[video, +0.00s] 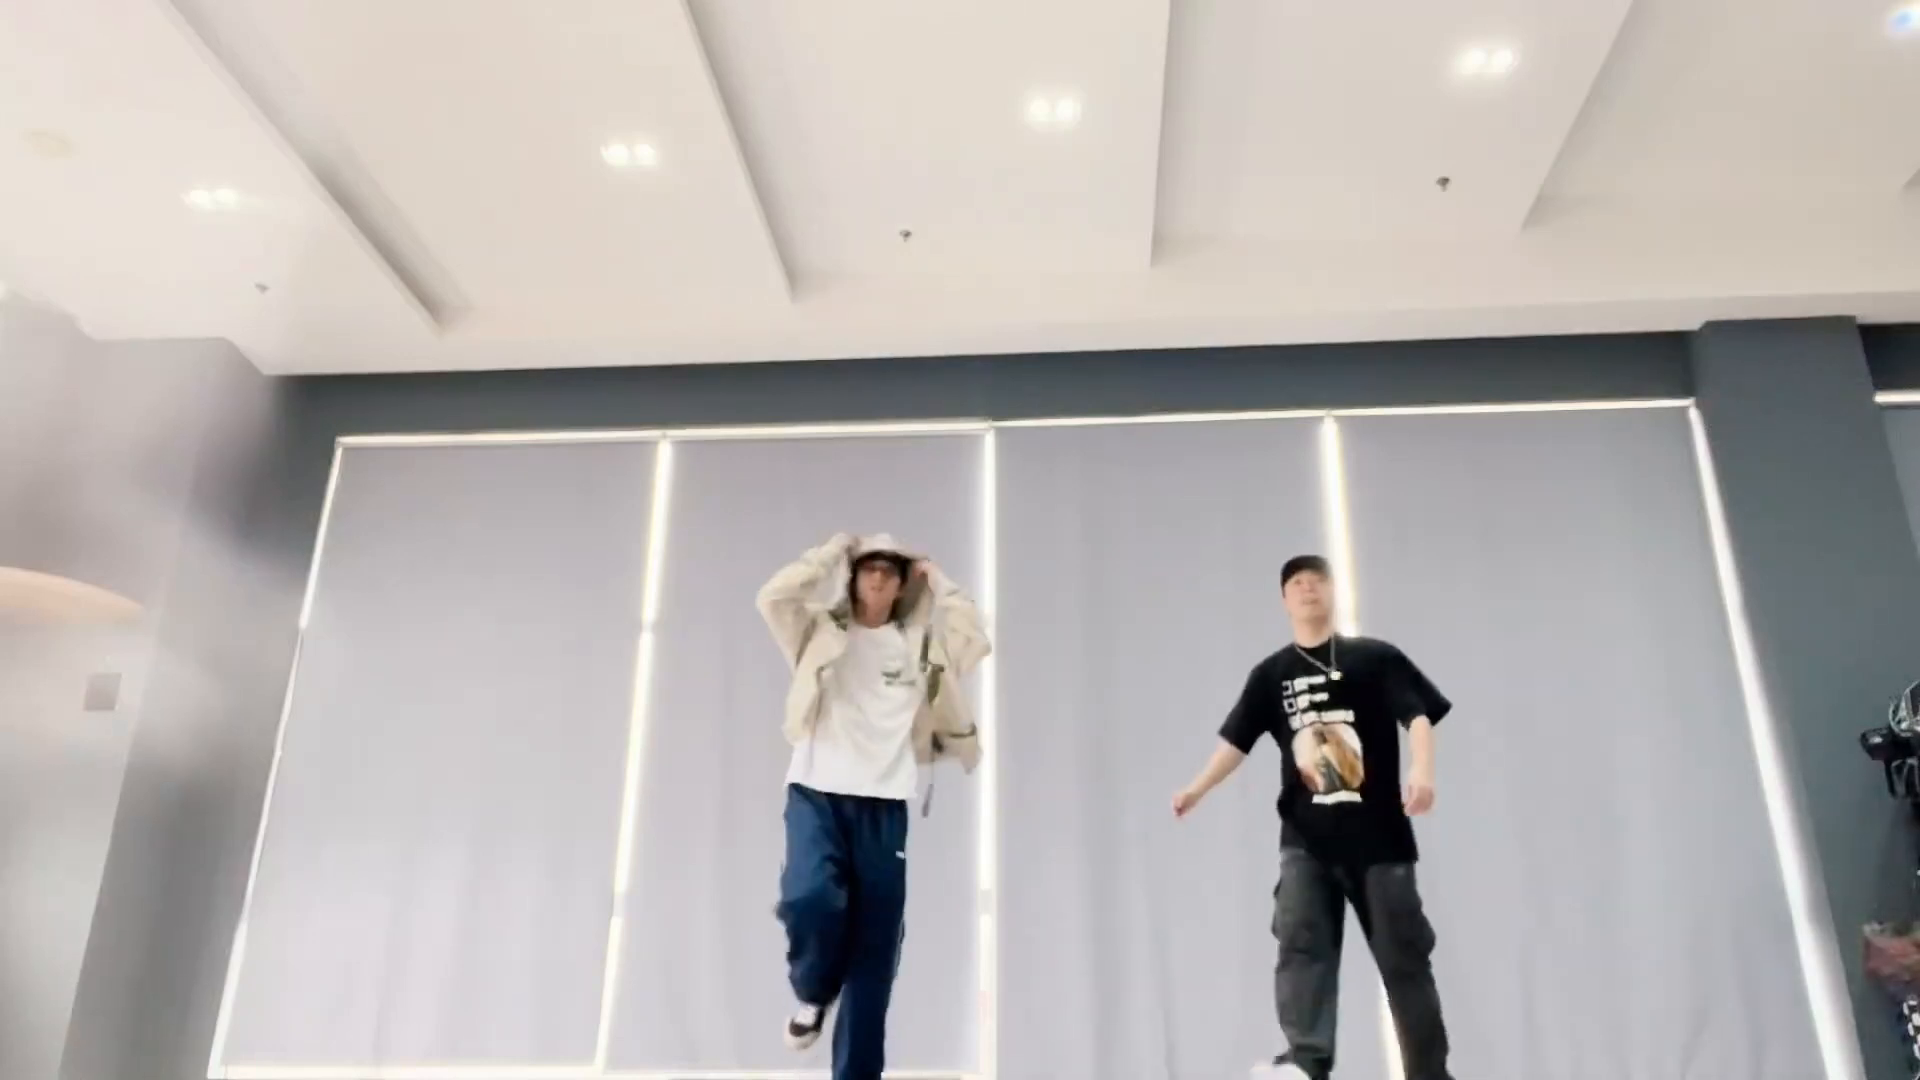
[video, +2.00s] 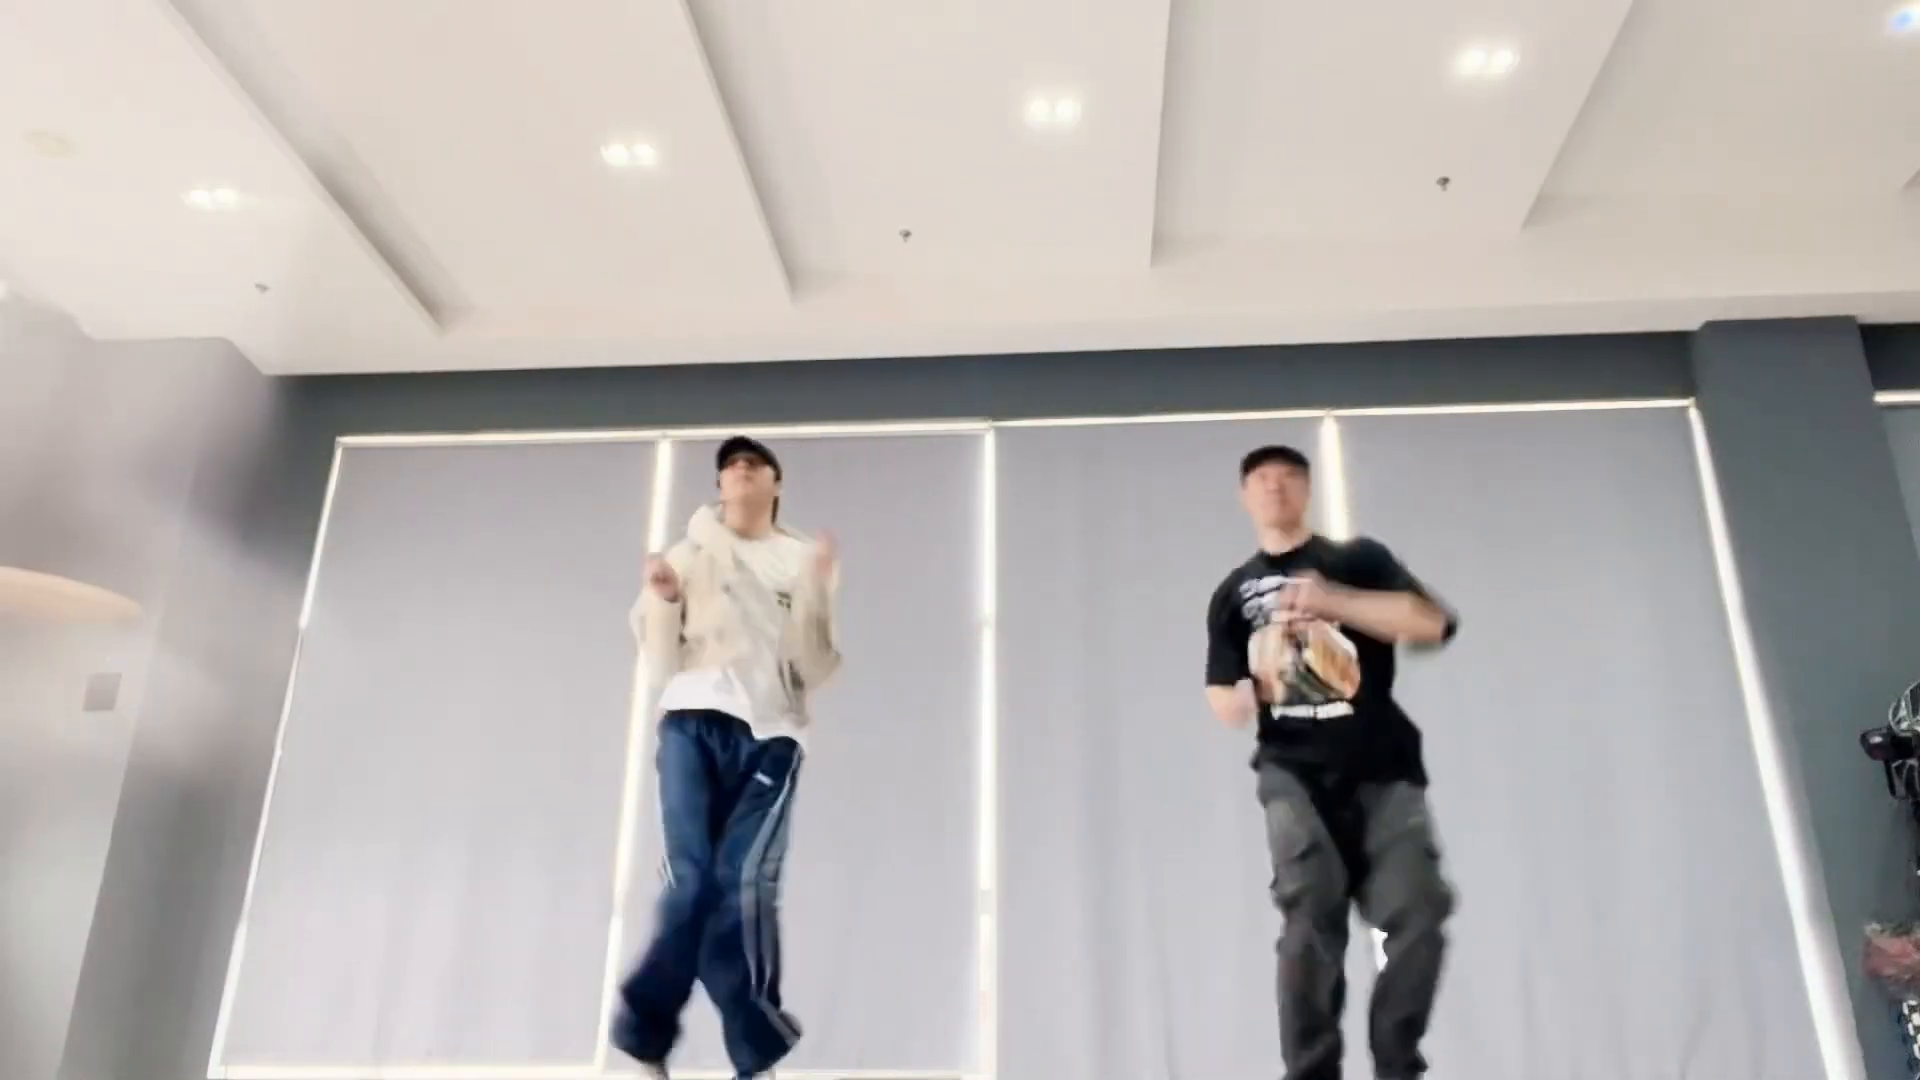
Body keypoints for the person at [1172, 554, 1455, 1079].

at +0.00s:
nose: (1309, 589)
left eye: (1317, 580)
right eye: (1297, 584)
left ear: (1333, 592)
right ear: (1285, 601)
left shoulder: (1376, 658)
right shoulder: (1270, 675)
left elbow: (1418, 717)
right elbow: (1236, 741)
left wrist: (1421, 774)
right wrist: (1197, 788)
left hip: (1378, 833)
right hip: (1308, 838)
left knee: (1402, 953)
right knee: (1300, 943)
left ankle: (1429, 1072)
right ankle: (1306, 1061)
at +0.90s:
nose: (1311, 496)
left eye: (1320, 490)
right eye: (1298, 489)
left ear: (1333, 509)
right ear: (1276, 510)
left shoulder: (1372, 591)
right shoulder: (1247, 595)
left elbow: (1435, 660)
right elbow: (1211, 670)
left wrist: (1427, 654)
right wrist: (1244, 682)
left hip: (1364, 777)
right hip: (1277, 781)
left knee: (1385, 909)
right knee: (1252, 888)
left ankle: (1373, 1063)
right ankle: (1305, 984)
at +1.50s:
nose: (1359, 499)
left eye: (1368, 494)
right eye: (1346, 486)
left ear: (1370, 517)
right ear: (1310, 496)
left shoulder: (1356, 599)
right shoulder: (1263, 545)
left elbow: (1375, 693)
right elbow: (1192, 595)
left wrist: (1391, 651)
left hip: (1312, 761)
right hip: (1242, 747)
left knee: (1375, 897)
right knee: (1257, 868)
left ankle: (1376, 1060)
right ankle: (1264, 1051)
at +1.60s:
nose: (1372, 547)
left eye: (1381, 541)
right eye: (1360, 532)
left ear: (1381, 558)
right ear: (1323, 534)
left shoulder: (1356, 637)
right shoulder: (1274, 554)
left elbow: (1441, 656)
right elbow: (1219, 480)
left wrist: (1530, 630)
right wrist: (1278, 412)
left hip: (1282, 797)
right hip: (1223, 766)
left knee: (1374, 908)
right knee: (1209, 893)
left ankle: (1378, 1074)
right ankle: (1091, 1056)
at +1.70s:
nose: (1365, 576)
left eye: (1372, 570)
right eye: (1351, 564)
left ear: (1376, 588)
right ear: (1323, 570)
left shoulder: (1360, 667)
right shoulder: (1290, 587)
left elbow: (1447, 656)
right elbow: (1274, 488)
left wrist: (1531, 613)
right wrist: (1289, 389)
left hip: (1274, 831)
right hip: (1215, 802)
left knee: (1370, 912)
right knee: (1159, 932)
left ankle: (1375, 1068)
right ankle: (1019, 1041)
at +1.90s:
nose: (1323, 484)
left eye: (1334, 477)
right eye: (1309, 476)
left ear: (1348, 497)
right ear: (1287, 495)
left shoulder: (1369, 597)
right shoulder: (1256, 561)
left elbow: (1362, 692)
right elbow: (1218, 664)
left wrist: (1348, 690)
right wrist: (1282, 654)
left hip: (1344, 761)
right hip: (1263, 740)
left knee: (1400, 910)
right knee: (1262, 871)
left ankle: (1385, 1071)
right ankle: (1185, 1020)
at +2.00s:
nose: (1276, 488)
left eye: (1289, 477)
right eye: (1261, 480)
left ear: (1308, 491)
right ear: (1246, 500)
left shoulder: (1359, 561)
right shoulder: (1234, 594)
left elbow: (1433, 624)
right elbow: (1227, 707)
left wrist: (1333, 603)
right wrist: (1270, 671)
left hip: (1380, 760)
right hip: (1292, 770)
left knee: (1419, 907)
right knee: (1311, 911)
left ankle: (1397, 1065)